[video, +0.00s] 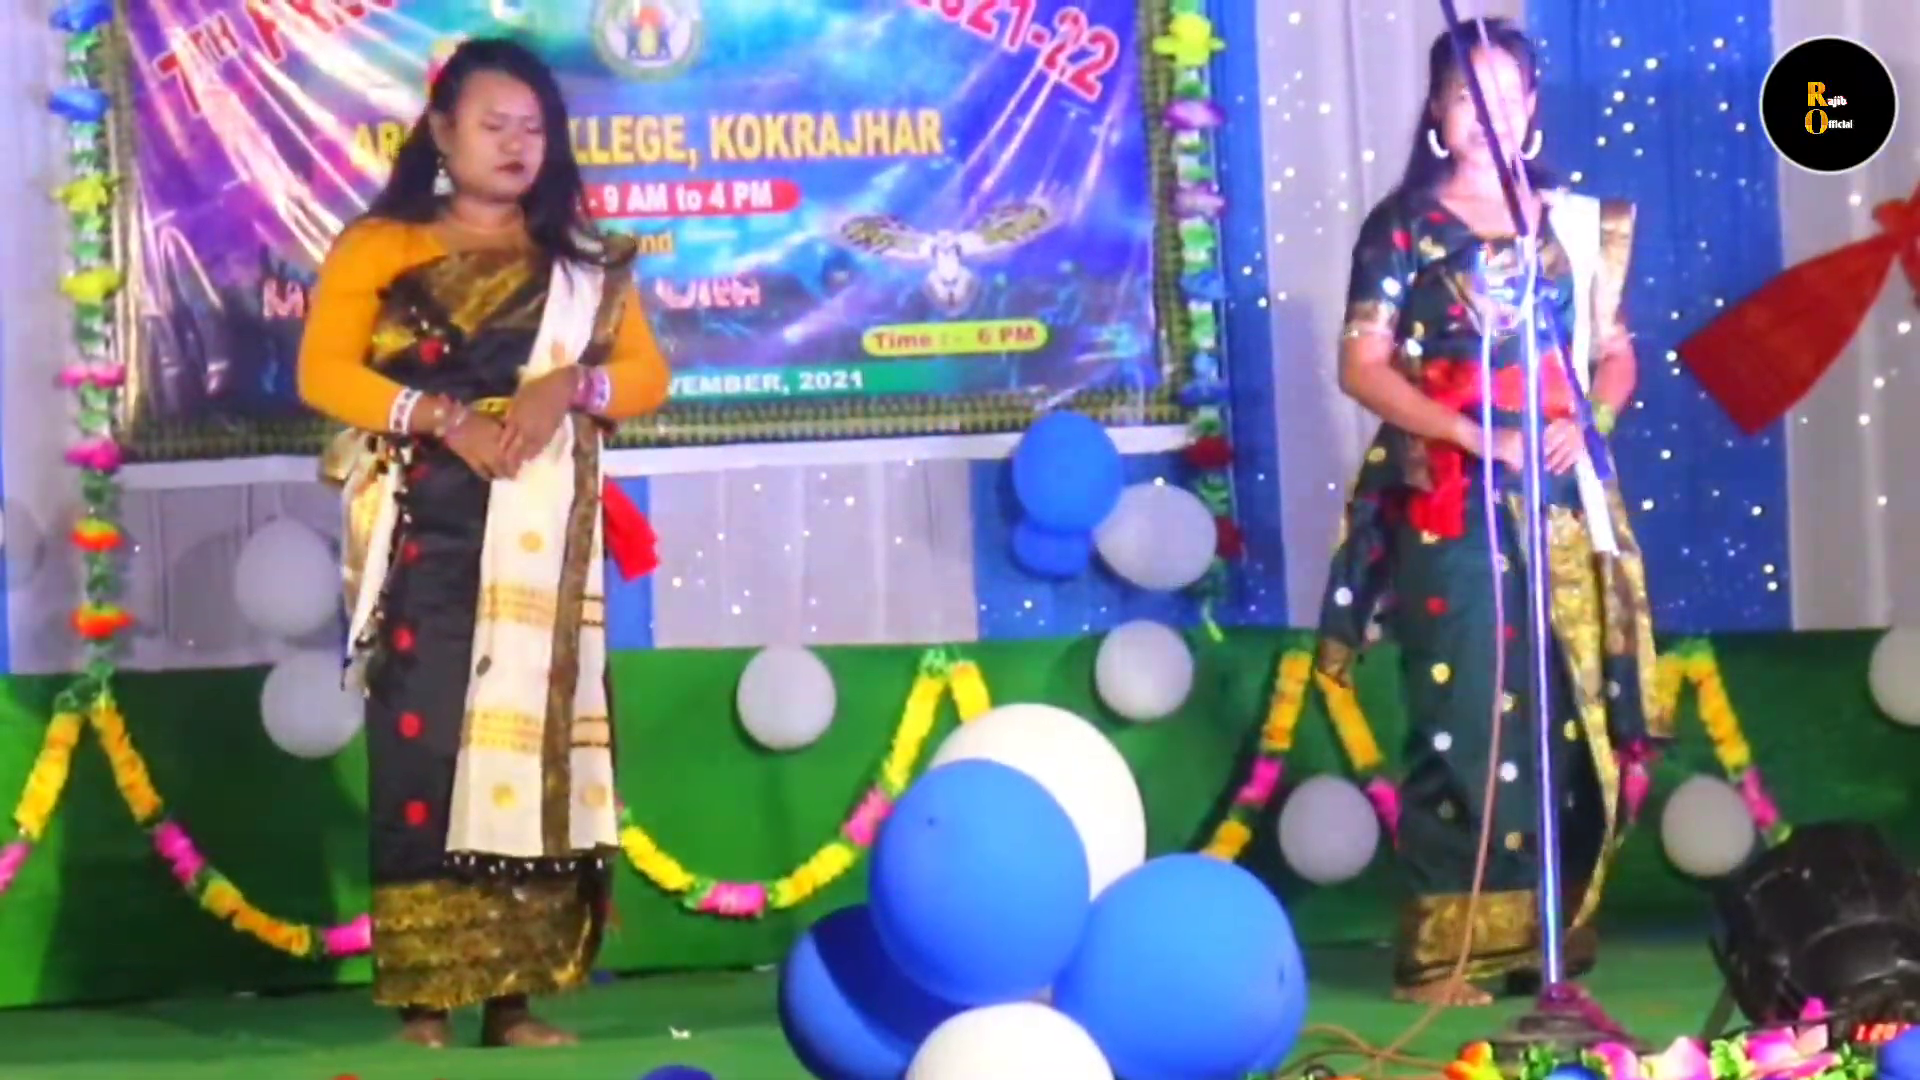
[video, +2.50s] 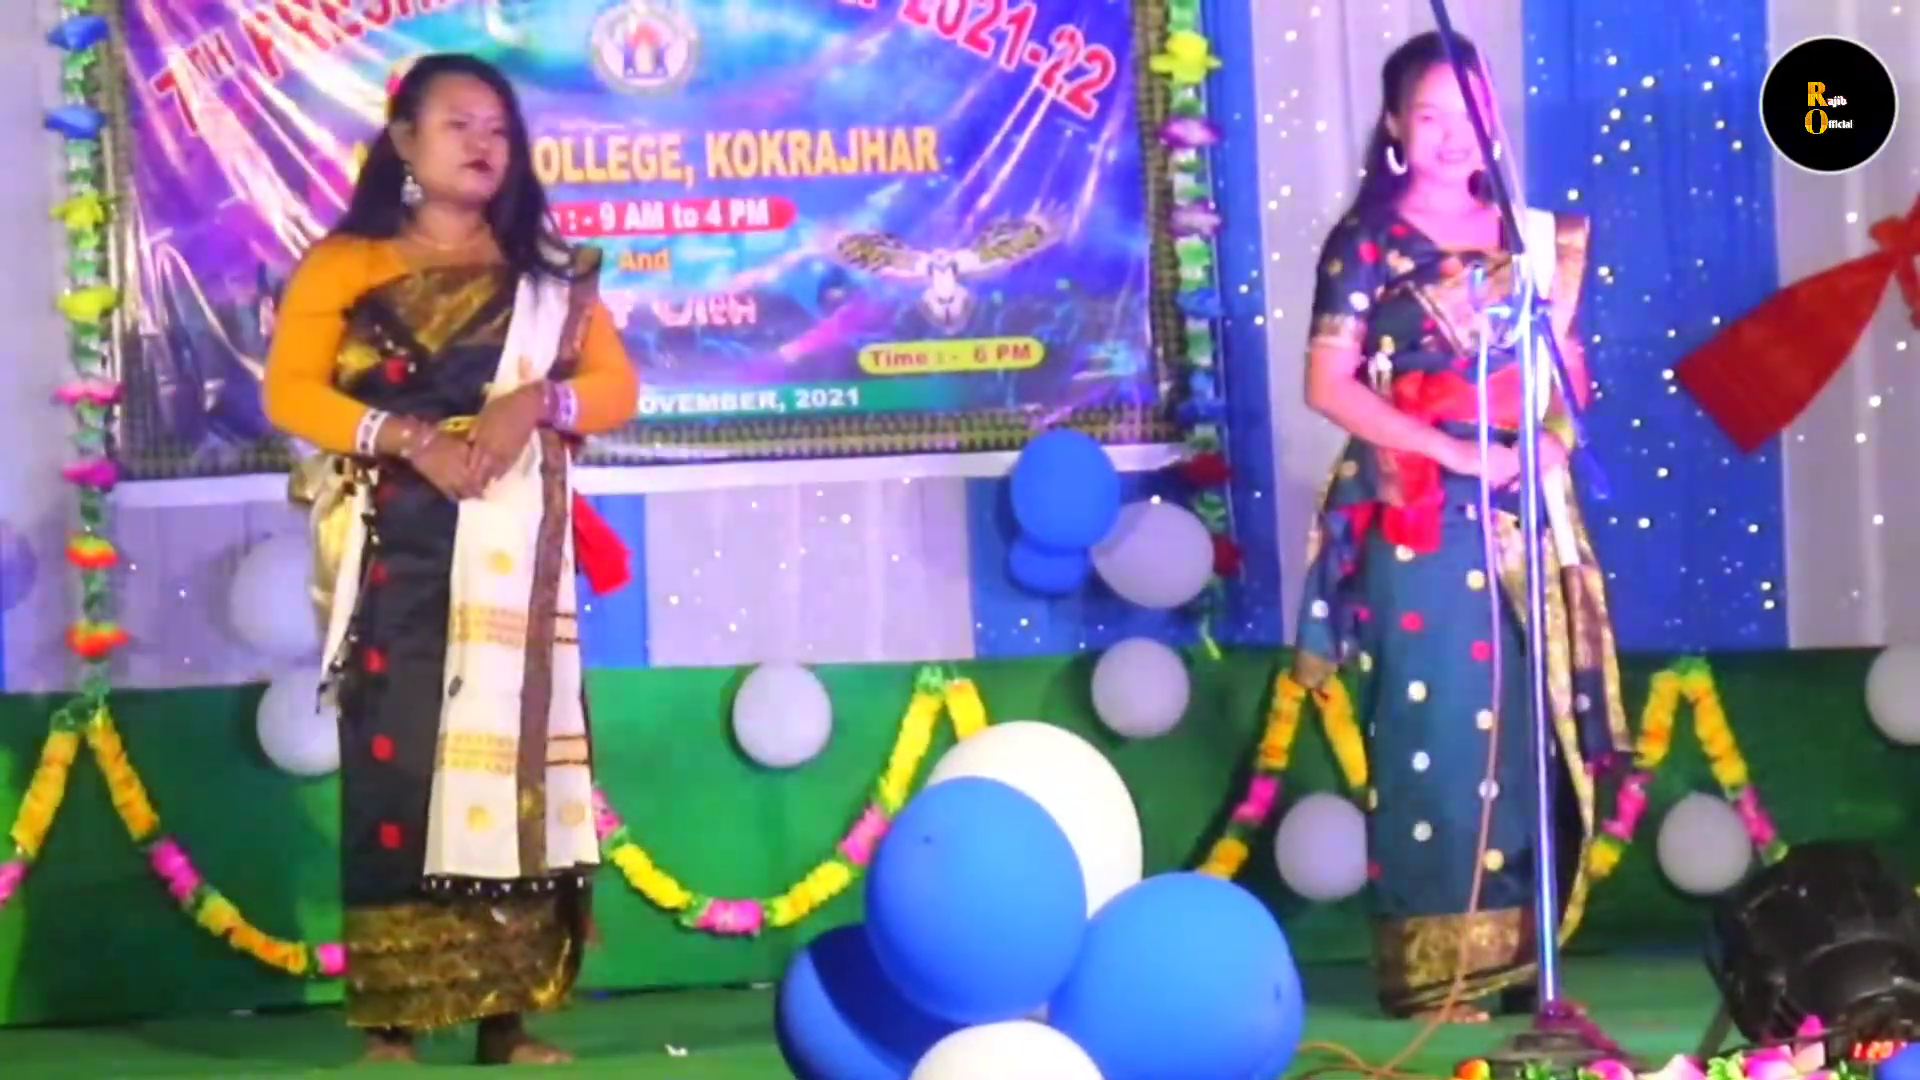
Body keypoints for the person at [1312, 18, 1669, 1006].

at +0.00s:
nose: (1485, 114)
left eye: (1502, 95)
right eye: (1466, 96)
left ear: (1531, 104)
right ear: (1437, 110)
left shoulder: (1569, 222)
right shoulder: (1403, 226)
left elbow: (1615, 356)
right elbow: (1360, 365)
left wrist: (1583, 422)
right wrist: (1471, 433)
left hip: (1558, 503)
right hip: (1451, 503)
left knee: (1568, 712)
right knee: (1457, 716)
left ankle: (1558, 950)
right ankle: (1442, 953)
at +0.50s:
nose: (1443, 122)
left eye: (1461, 105)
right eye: (1426, 105)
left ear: (1494, 113)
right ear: (1404, 117)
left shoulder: (1548, 227)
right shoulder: (1372, 230)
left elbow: (1584, 389)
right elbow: (1334, 369)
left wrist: (1571, 304)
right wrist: (1456, 436)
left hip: (1535, 504)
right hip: (1424, 507)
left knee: (1541, 716)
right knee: (1440, 718)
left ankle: (1530, 951)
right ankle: (1434, 956)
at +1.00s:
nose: (1444, 127)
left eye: (1460, 109)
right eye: (1425, 110)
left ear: (1488, 117)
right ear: (1399, 120)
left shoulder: (1530, 229)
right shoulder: (1371, 235)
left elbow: (1566, 382)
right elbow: (1329, 377)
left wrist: (1568, 301)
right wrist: (1458, 443)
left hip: (1531, 510)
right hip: (1427, 515)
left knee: (1538, 723)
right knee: (1441, 726)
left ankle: (1529, 957)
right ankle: (1440, 963)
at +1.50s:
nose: (1456, 122)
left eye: (1471, 104)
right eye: (1435, 107)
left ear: (1495, 114)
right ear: (1405, 122)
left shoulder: (1527, 227)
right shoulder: (1379, 233)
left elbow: (1550, 360)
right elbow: (1337, 377)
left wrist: (1555, 435)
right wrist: (1463, 451)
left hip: (1521, 505)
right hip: (1425, 512)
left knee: (1532, 720)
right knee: (1442, 723)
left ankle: (1520, 951)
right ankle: (1434, 957)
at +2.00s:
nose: (1446, 130)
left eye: (1463, 113)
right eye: (1428, 113)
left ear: (1489, 121)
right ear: (1399, 124)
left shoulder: (1527, 230)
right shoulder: (1369, 234)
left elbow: (1562, 366)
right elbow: (1330, 380)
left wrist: (1556, 398)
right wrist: (1452, 447)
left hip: (1523, 512)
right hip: (1419, 518)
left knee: (1532, 726)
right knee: (1436, 729)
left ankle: (1521, 961)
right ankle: (1428, 966)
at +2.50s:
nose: (1452, 134)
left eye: (1467, 116)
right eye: (1432, 116)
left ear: (1490, 124)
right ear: (1398, 126)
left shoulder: (1525, 234)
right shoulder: (1366, 242)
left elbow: (1560, 391)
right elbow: (1328, 385)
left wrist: (1561, 308)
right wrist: (1457, 451)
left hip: (1529, 515)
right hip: (1426, 520)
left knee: (1538, 729)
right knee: (1440, 730)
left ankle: (1530, 967)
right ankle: (1438, 968)